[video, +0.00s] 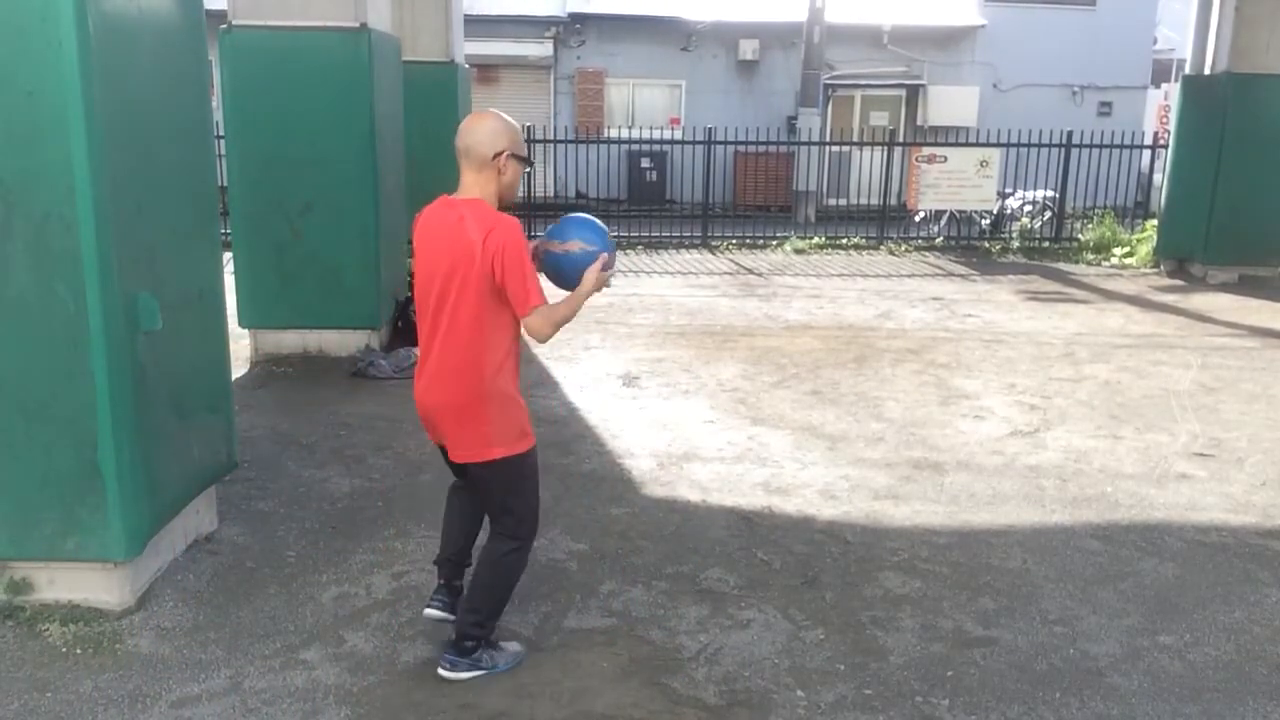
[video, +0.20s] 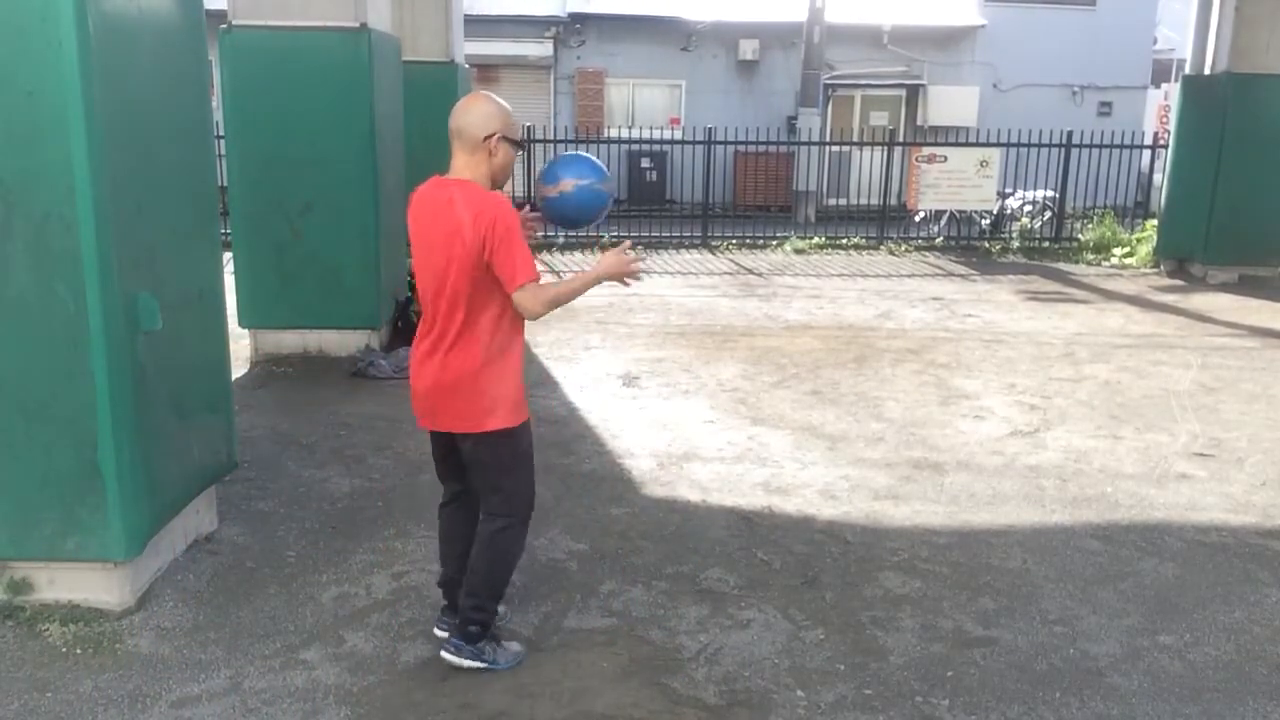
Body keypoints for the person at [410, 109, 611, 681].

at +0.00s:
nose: (522, 172)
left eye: (522, 162)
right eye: (520, 161)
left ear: (465, 161)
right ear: (501, 162)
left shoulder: (429, 218)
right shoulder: (500, 230)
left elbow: (456, 284)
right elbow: (539, 325)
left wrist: (523, 260)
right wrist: (585, 290)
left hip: (434, 395)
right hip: (485, 404)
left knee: (471, 485)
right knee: (515, 526)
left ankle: (447, 587)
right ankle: (469, 646)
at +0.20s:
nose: (514, 157)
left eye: (514, 146)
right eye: (512, 146)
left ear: (457, 142)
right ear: (491, 144)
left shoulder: (422, 198)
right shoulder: (492, 211)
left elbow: (452, 268)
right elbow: (532, 300)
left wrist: (510, 232)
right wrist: (599, 273)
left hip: (435, 384)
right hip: (487, 393)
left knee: (459, 495)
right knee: (508, 506)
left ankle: (455, 612)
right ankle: (471, 632)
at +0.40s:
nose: (515, 181)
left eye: (517, 170)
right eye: (514, 168)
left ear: (467, 160)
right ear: (490, 162)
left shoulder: (419, 215)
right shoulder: (477, 223)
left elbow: (433, 287)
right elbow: (483, 322)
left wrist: (499, 273)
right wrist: (563, 359)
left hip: (433, 387)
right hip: (480, 383)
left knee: (464, 495)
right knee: (568, 429)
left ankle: (455, 614)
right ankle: (514, 539)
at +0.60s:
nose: (517, 169)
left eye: (519, 158)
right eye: (516, 156)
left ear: (468, 152)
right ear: (494, 153)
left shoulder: (428, 206)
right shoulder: (484, 216)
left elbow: (434, 280)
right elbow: (477, 313)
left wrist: (494, 282)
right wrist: (537, 385)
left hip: (437, 383)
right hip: (480, 378)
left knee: (465, 496)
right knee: (584, 383)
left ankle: (455, 615)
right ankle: (523, 489)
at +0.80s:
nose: (521, 174)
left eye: (520, 163)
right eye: (521, 163)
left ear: (465, 161)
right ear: (509, 163)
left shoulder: (426, 223)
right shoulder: (509, 230)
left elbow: (395, 303)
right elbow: (536, 328)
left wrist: (449, 330)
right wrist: (601, 375)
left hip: (461, 392)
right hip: (507, 401)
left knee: (506, 476)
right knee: (526, 512)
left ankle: (480, 557)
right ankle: (485, 630)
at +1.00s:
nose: (527, 163)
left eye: (524, 153)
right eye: (527, 154)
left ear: (469, 155)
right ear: (516, 157)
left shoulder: (427, 220)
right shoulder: (525, 224)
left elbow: (388, 303)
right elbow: (558, 314)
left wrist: (402, 364)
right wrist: (616, 345)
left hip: (467, 379)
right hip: (519, 391)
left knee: (563, 324)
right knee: (521, 507)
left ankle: (539, 448)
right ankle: (484, 626)